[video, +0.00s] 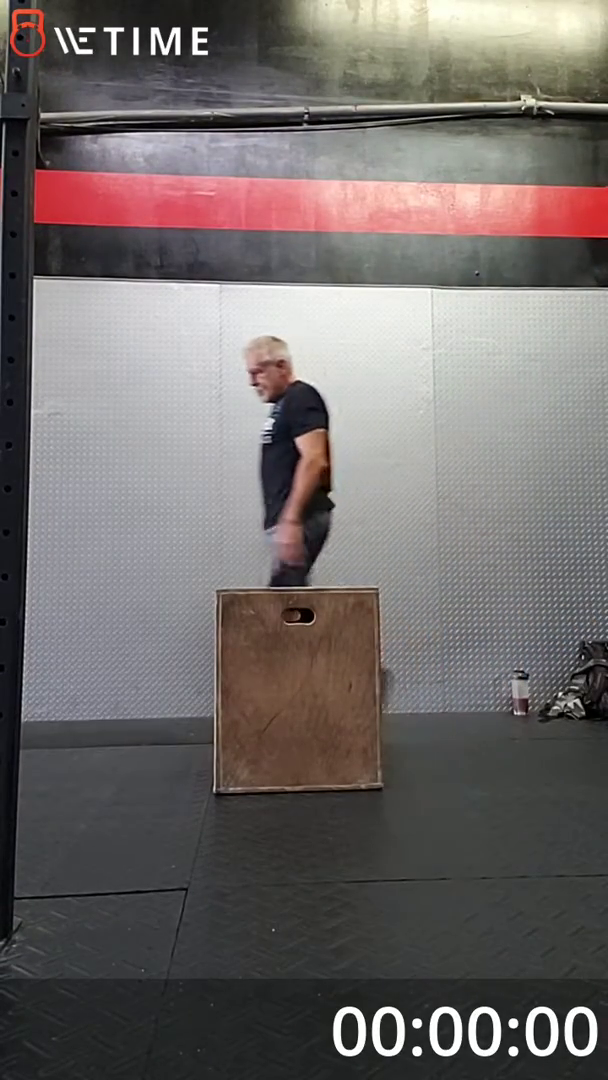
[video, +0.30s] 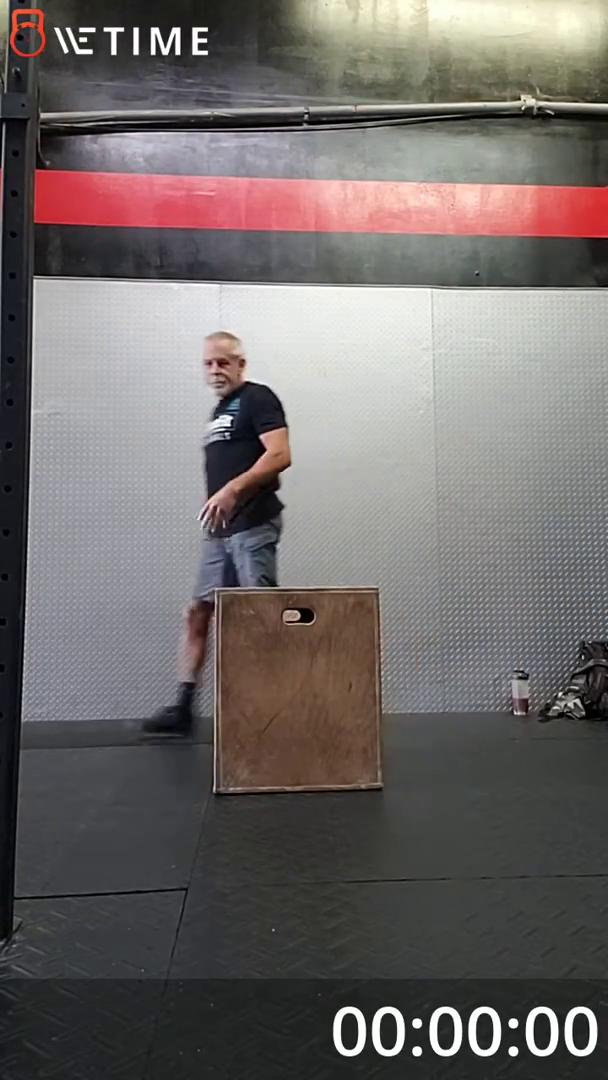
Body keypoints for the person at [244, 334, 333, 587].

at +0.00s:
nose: (253, 382)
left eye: (258, 373)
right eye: (250, 374)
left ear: (282, 367)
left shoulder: (300, 397)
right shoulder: (283, 403)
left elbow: (314, 460)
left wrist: (291, 520)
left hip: (305, 516)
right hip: (291, 516)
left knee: (281, 596)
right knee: (286, 596)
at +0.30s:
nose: (215, 371)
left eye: (222, 363)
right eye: (209, 365)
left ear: (241, 363)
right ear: (205, 368)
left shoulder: (258, 397)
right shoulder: (220, 408)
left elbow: (280, 454)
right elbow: (230, 463)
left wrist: (233, 488)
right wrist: (218, 503)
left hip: (253, 527)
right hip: (219, 529)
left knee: (263, 619)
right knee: (198, 614)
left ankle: (274, 711)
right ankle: (183, 708)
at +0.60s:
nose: (170, 364)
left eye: (178, 357)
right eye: (163, 357)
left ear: (193, 360)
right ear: (154, 363)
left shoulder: (213, 398)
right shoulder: (152, 411)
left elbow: (243, 456)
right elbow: (153, 477)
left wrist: (254, 514)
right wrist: (137, 533)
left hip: (198, 526)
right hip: (157, 529)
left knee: (196, 616)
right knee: (149, 617)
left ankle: (253, 674)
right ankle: (156, 715)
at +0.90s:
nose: (133, 354)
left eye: (141, 348)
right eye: (125, 347)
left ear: (153, 354)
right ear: (113, 353)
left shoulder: (176, 395)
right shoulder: (96, 403)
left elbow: (205, 454)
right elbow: (79, 465)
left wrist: (222, 515)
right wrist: (54, 525)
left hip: (164, 517)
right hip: (120, 524)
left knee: (140, 611)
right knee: (133, 619)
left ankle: (128, 720)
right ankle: (156, 712)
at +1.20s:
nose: (117, 343)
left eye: (125, 337)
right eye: (109, 335)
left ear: (135, 345)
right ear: (94, 339)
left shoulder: (152, 393)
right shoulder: (65, 388)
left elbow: (173, 459)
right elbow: (49, 452)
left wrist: (183, 521)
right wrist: (37, 511)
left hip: (128, 524)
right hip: (73, 522)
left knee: (114, 618)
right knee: (58, 619)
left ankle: (97, 728)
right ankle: (114, 684)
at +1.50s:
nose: (85, 329)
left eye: (93, 323)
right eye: (76, 320)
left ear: (103, 331)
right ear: (58, 324)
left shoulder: (118, 385)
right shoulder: (30, 372)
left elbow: (138, 445)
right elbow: (8, 432)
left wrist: (156, 494)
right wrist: (9, 495)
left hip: (101, 515)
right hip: (38, 512)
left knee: (101, 618)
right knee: (18, 610)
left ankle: (96, 728)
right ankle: (5, 721)